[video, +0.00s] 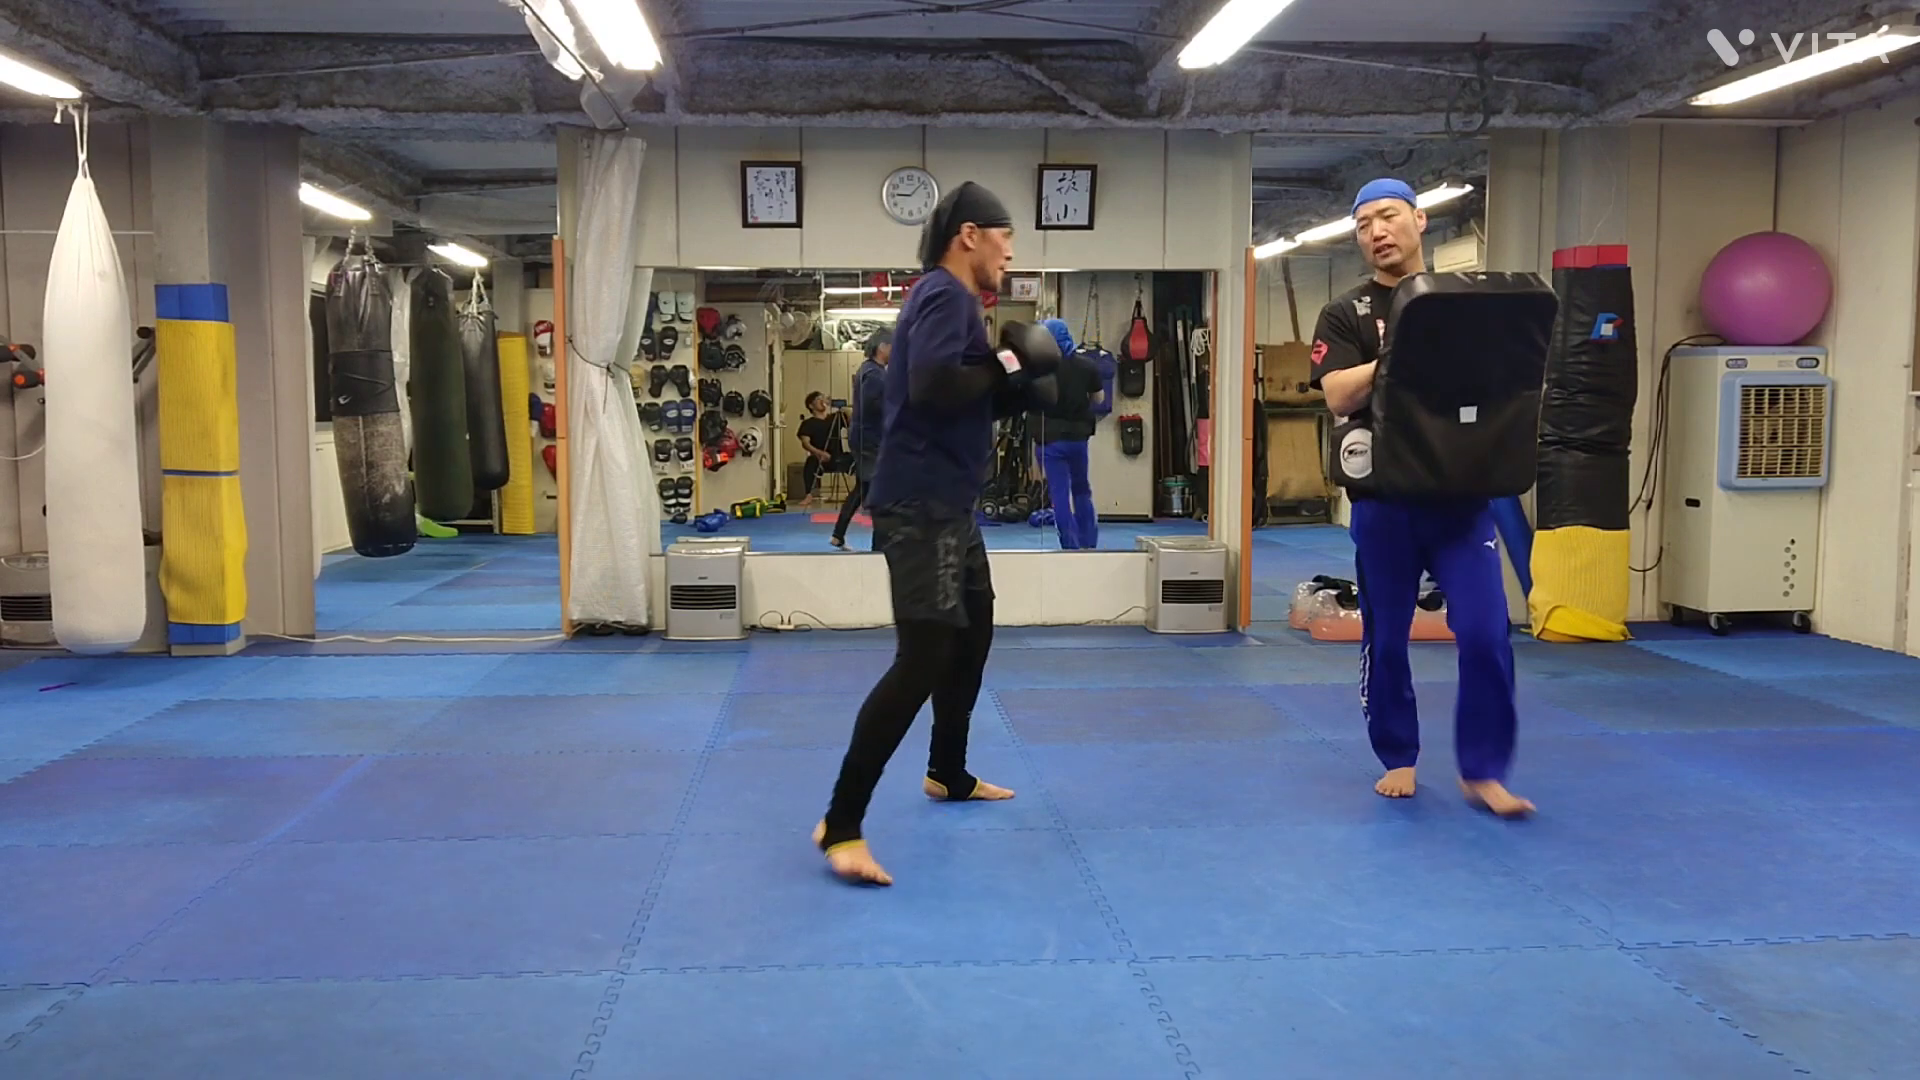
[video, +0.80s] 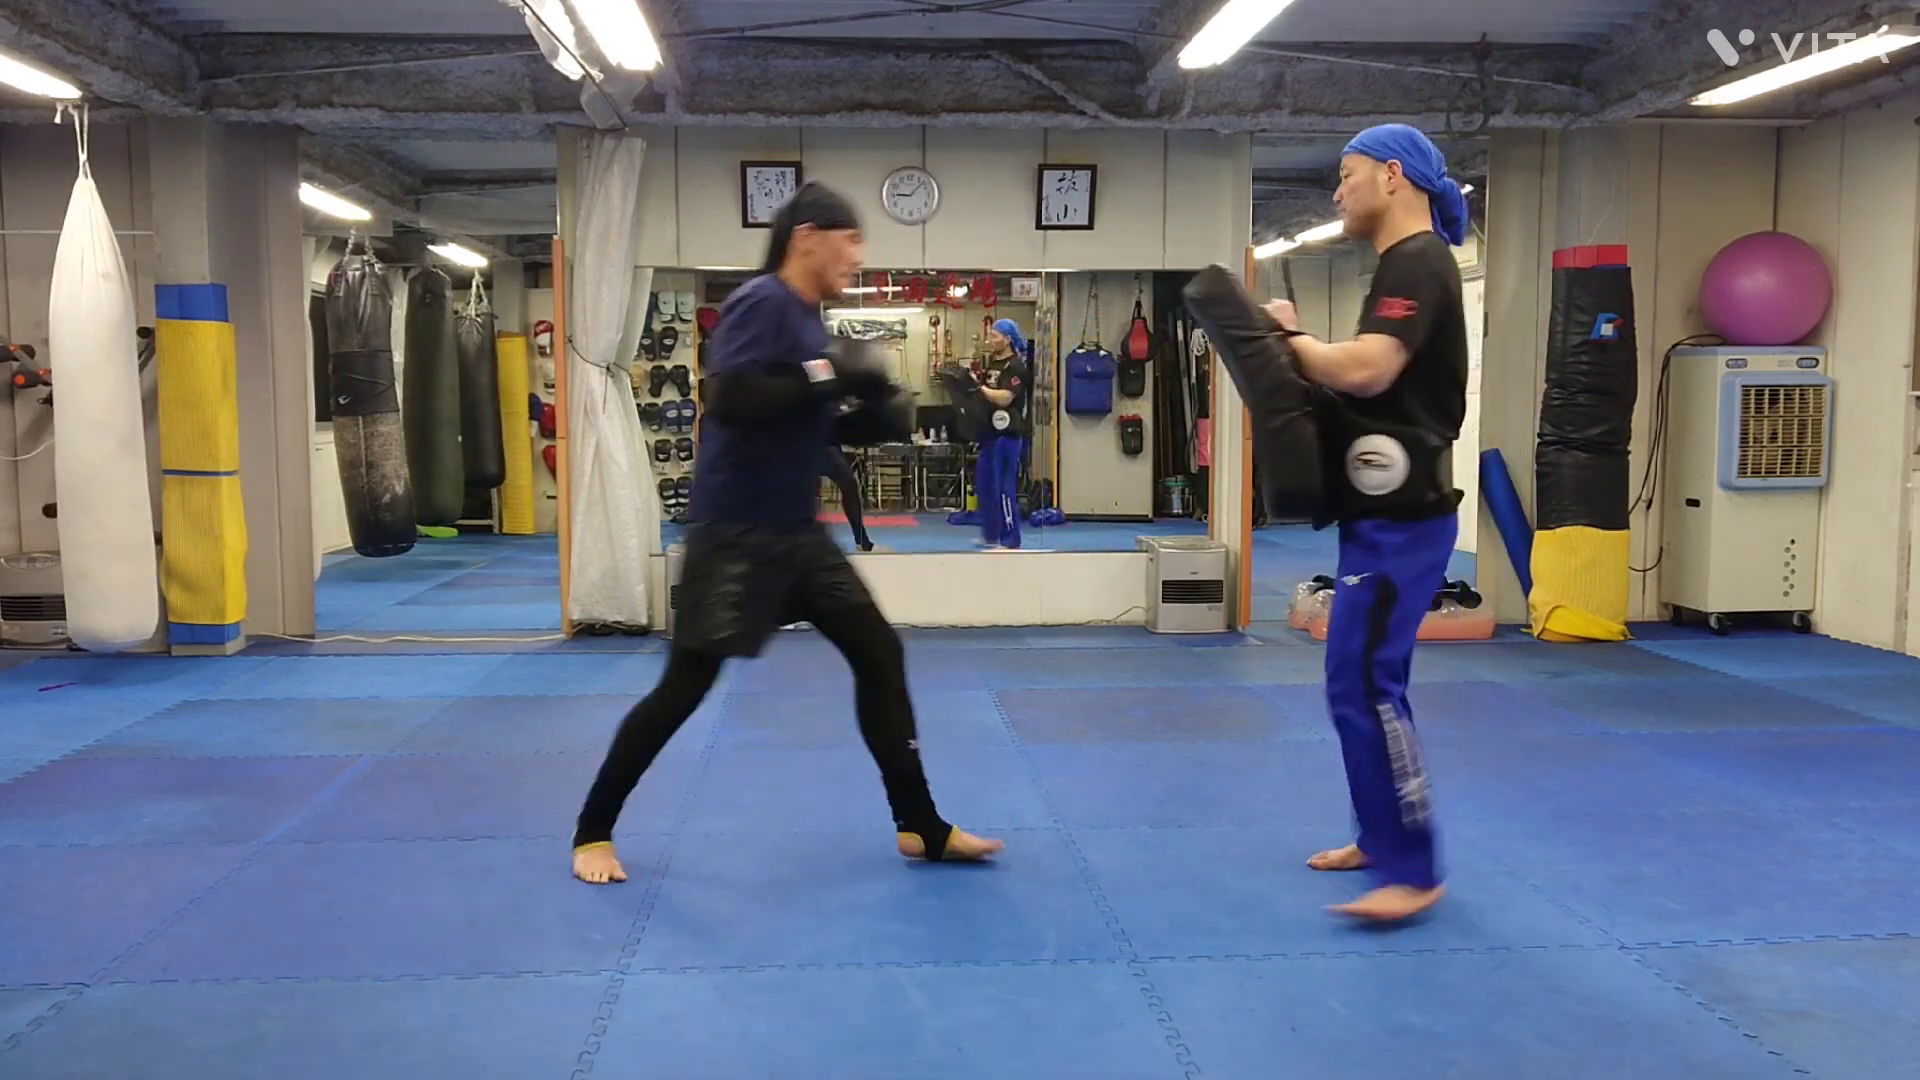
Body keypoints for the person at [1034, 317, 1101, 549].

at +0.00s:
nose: (1043, 345)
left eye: (1043, 339)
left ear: (1044, 342)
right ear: (1067, 337)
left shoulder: (1039, 367)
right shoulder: (1084, 364)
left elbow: (1031, 402)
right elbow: (1098, 396)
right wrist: (1078, 400)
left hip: (1049, 438)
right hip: (1078, 436)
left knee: (1059, 492)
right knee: (1081, 489)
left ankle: (1069, 543)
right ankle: (1088, 539)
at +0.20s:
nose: (1030, 343)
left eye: (1033, 339)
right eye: (1031, 338)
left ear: (1043, 342)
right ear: (1057, 342)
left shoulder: (1032, 370)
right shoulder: (1077, 369)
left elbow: (1024, 400)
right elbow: (1083, 400)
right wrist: (1061, 401)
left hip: (1042, 436)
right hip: (1068, 434)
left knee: (1050, 493)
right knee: (1066, 490)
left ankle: (1066, 540)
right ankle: (1071, 535)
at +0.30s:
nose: (1024, 342)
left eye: (1027, 338)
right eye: (1025, 337)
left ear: (1040, 341)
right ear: (1052, 341)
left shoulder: (1031, 370)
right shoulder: (1066, 368)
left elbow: (1013, 403)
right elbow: (1070, 394)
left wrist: (1013, 387)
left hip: (1036, 436)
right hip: (1062, 432)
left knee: (1032, 490)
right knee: (1059, 486)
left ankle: (1062, 526)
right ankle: (1068, 533)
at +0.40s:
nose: (1019, 341)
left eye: (1021, 337)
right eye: (1019, 337)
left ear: (1033, 338)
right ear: (1040, 339)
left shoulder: (1030, 366)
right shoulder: (1054, 363)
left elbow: (1012, 401)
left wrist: (1003, 385)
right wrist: (1016, 382)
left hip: (1031, 438)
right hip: (1053, 434)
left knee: (1017, 489)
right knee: (1054, 486)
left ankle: (1043, 532)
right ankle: (1065, 538)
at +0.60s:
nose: (1003, 343)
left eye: (1006, 338)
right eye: (1004, 338)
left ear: (1019, 341)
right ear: (1018, 341)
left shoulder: (1022, 368)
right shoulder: (1025, 366)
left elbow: (1010, 399)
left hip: (1015, 436)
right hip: (1023, 434)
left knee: (1002, 489)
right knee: (1018, 492)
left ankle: (1009, 540)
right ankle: (1053, 524)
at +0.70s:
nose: (996, 342)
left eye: (1000, 338)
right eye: (996, 338)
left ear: (1012, 340)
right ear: (1009, 340)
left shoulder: (1019, 367)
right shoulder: (1010, 365)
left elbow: (1006, 402)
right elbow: (1004, 394)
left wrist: (983, 392)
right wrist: (987, 390)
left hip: (1013, 435)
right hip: (1008, 433)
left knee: (1002, 487)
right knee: (1002, 484)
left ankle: (1009, 540)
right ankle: (1023, 525)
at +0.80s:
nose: (991, 340)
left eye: (995, 336)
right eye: (991, 336)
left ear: (1008, 339)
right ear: (1000, 339)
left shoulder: (1016, 366)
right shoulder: (995, 365)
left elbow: (1005, 398)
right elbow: (990, 392)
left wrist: (979, 387)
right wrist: (972, 381)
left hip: (1008, 433)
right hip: (990, 432)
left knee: (1003, 486)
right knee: (985, 484)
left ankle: (1010, 539)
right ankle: (992, 535)